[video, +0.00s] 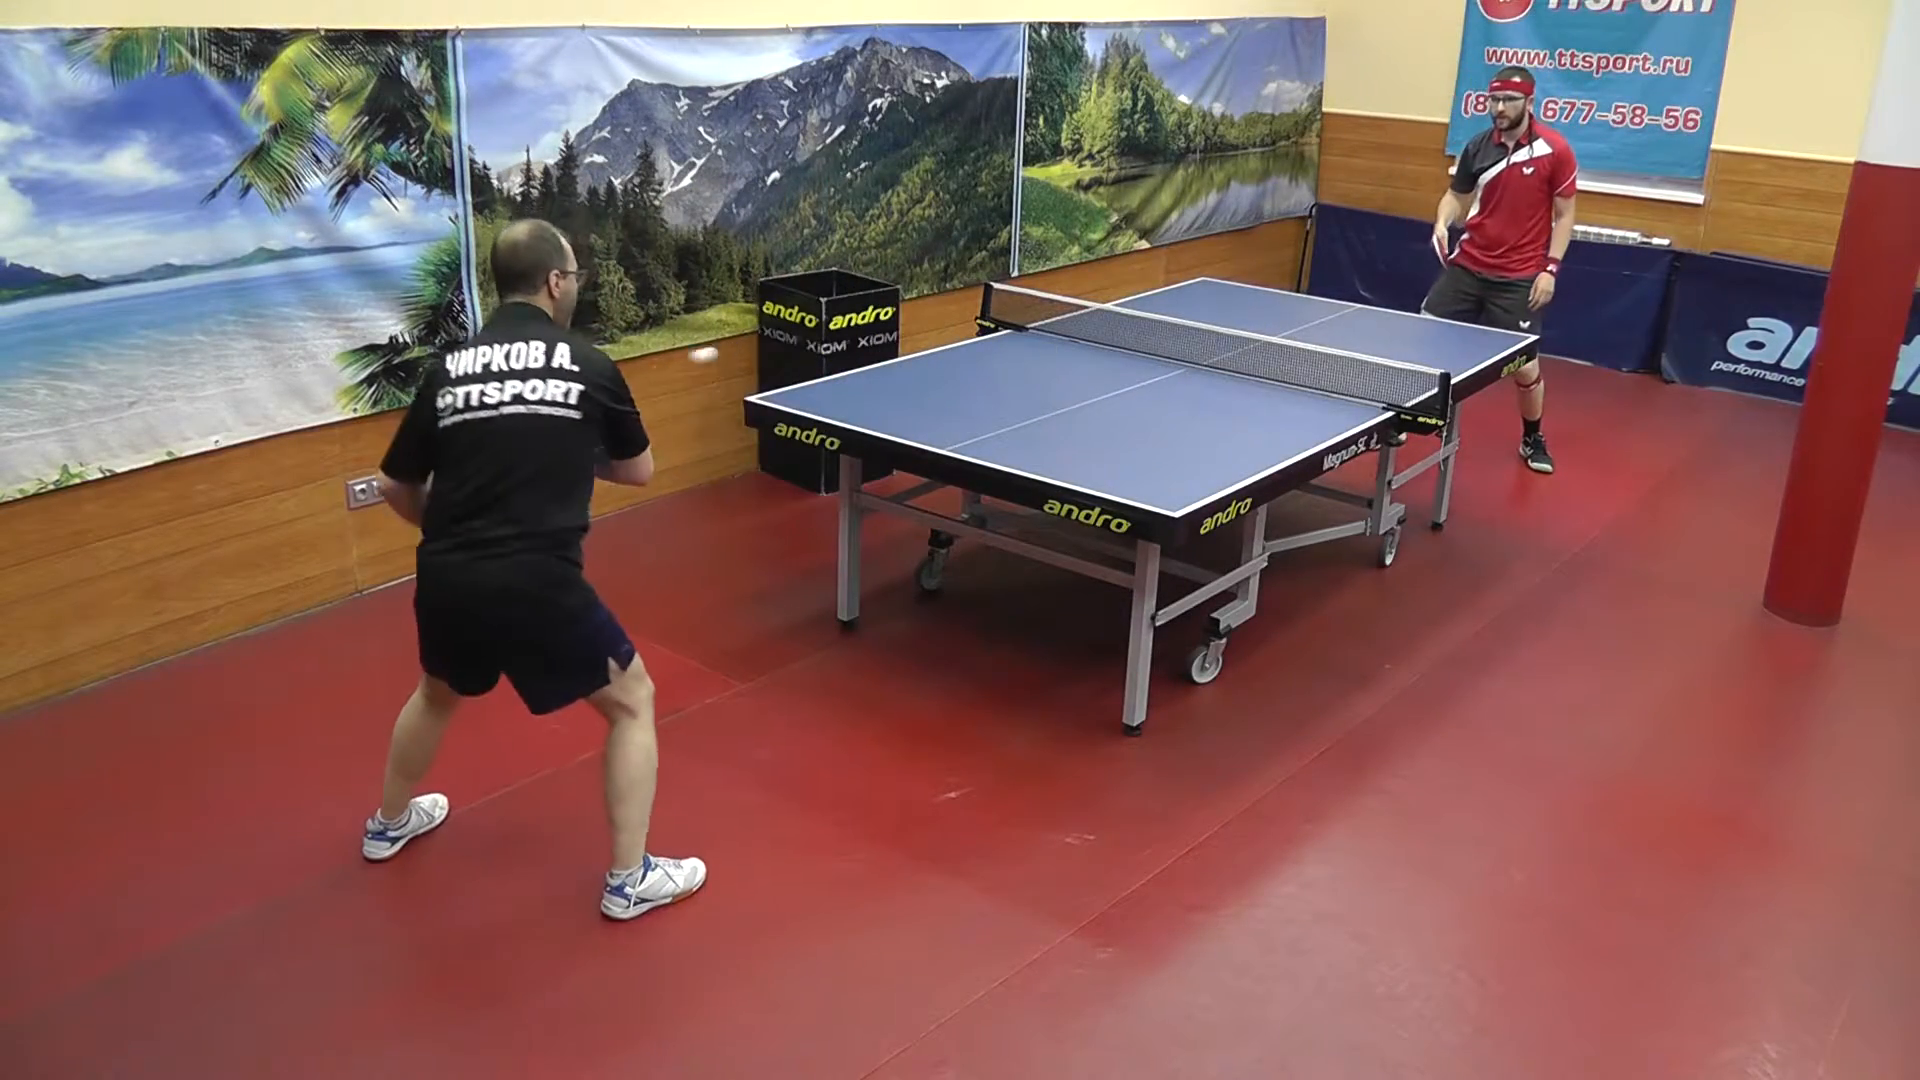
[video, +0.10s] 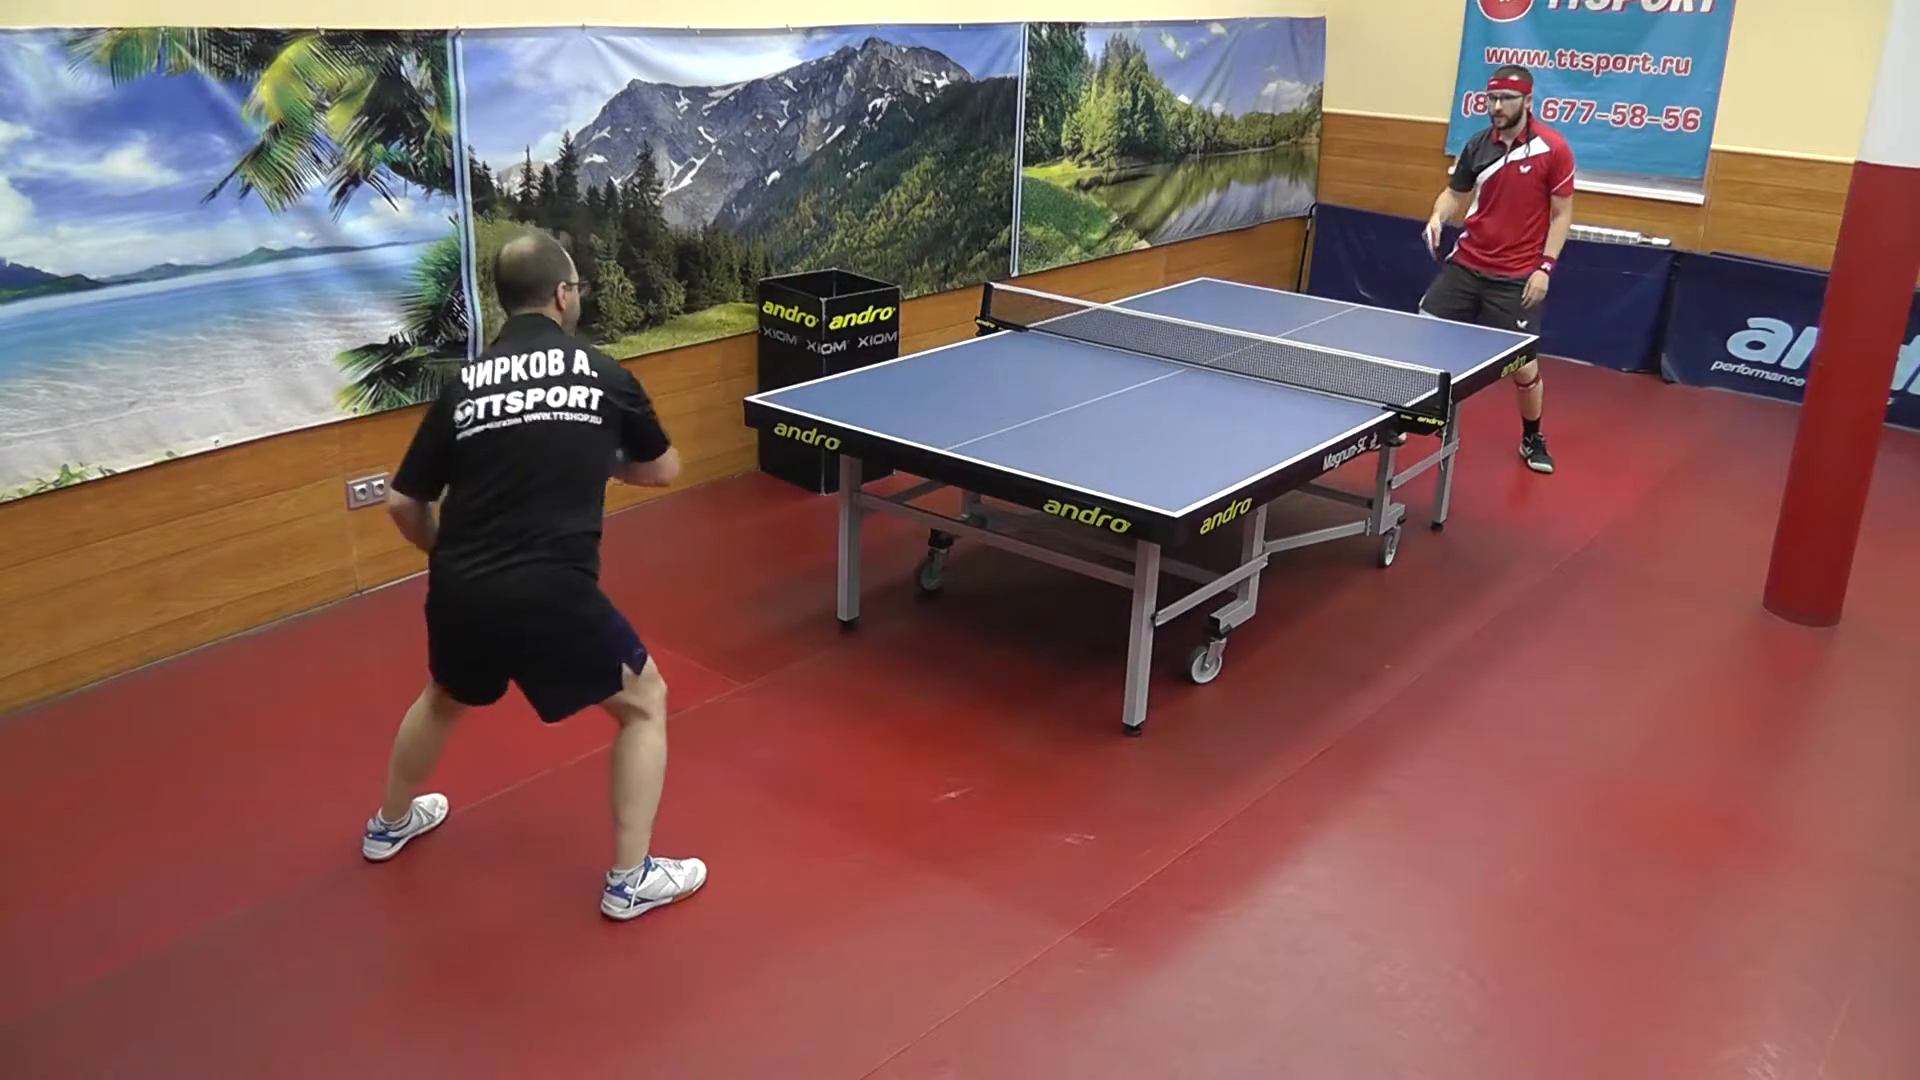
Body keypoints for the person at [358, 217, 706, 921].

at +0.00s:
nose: (576, 286)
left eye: (572, 273)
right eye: (572, 275)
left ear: (501, 284)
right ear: (554, 281)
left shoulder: (452, 365)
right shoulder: (587, 364)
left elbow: (398, 483)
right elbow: (637, 470)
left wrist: (448, 526)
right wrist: (566, 454)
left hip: (448, 580)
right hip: (540, 583)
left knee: (436, 693)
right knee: (631, 699)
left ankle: (388, 820)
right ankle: (630, 874)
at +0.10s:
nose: (579, 297)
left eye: (575, 285)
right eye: (576, 287)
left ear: (504, 299)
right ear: (564, 294)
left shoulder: (464, 379)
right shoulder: (600, 373)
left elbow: (405, 501)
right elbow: (664, 470)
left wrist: (446, 546)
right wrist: (598, 455)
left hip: (460, 591)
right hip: (553, 591)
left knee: (443, 697)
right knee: (643, 700)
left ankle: (390, 821)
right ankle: (630, 874)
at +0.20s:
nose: (587, 291)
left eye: (583, 280)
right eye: (583, 281)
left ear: (508, 297)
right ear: (567, 289)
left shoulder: (471, 382)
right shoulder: (611, 372)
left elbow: (417, 504)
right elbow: (705, 446)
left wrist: (450, 560)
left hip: (472, 591)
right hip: (565, 592)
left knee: (444, 701)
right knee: (648, 703)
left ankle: (389, 821)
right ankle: (630, 874)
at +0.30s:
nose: (592, 281)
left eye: (588, 270)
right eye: (588, 271)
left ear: (515, 293)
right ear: (573, 284)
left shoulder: (480, 377)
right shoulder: (619, 365)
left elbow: (423, 495)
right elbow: (744, 413)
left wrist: (471, 546)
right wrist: (848, 436)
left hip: (473, 586)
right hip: (565, 589)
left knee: (442, 701)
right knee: (649, 702)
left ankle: (388, 821)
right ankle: (630, 874)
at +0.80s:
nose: (614, 265)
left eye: (611, 252)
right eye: (609, 254)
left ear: (542, 267)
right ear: (584, 265)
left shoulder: (492, 337)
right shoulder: (599, 353)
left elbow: (433, 425)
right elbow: (675, 459)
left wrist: (491, 472)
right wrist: (782, 523)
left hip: (455, 549)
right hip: (538, 563)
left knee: (445, 660)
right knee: (616, 704)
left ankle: (395, 779)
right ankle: (629, 877)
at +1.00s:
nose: (582, 252)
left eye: (578, 241)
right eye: (574, 244)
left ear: (516, 258)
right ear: (547, 257)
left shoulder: (462, 322)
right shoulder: (555, 349)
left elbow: (420, 414)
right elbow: (595, 478)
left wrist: (485, 455)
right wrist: (669, 548)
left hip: (427, 530)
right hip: (500, 547)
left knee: (440, 648)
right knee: (586, 687)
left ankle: (402, 770)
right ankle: (623, 859)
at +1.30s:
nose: (585, 266)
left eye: (583, 253)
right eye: (577, 255)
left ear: (524, 264)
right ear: (540, 266)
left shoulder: (466, 319)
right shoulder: (519, 353)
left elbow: (473, 423)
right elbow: (513, 486)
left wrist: (547, 470)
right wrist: (585, 577)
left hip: (423, 526)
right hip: (477, 540)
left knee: (454, 642)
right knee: (575, 680)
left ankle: (400, 767)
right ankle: (598, 855)